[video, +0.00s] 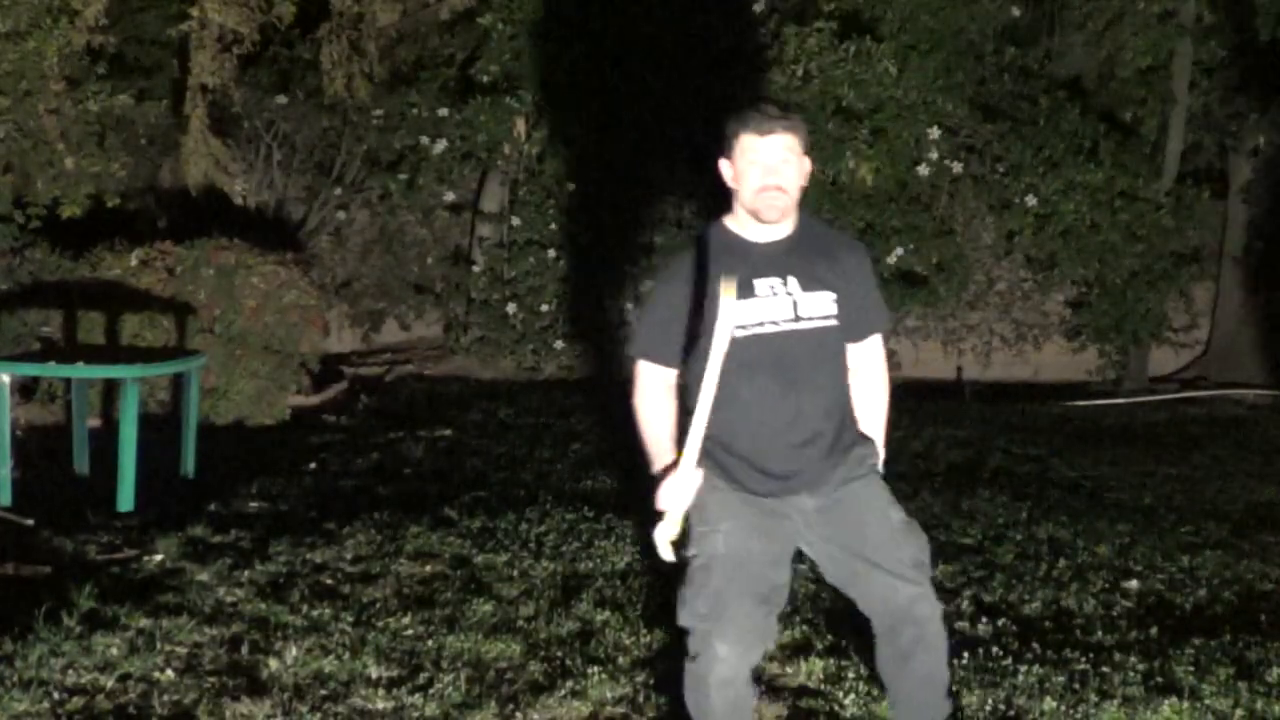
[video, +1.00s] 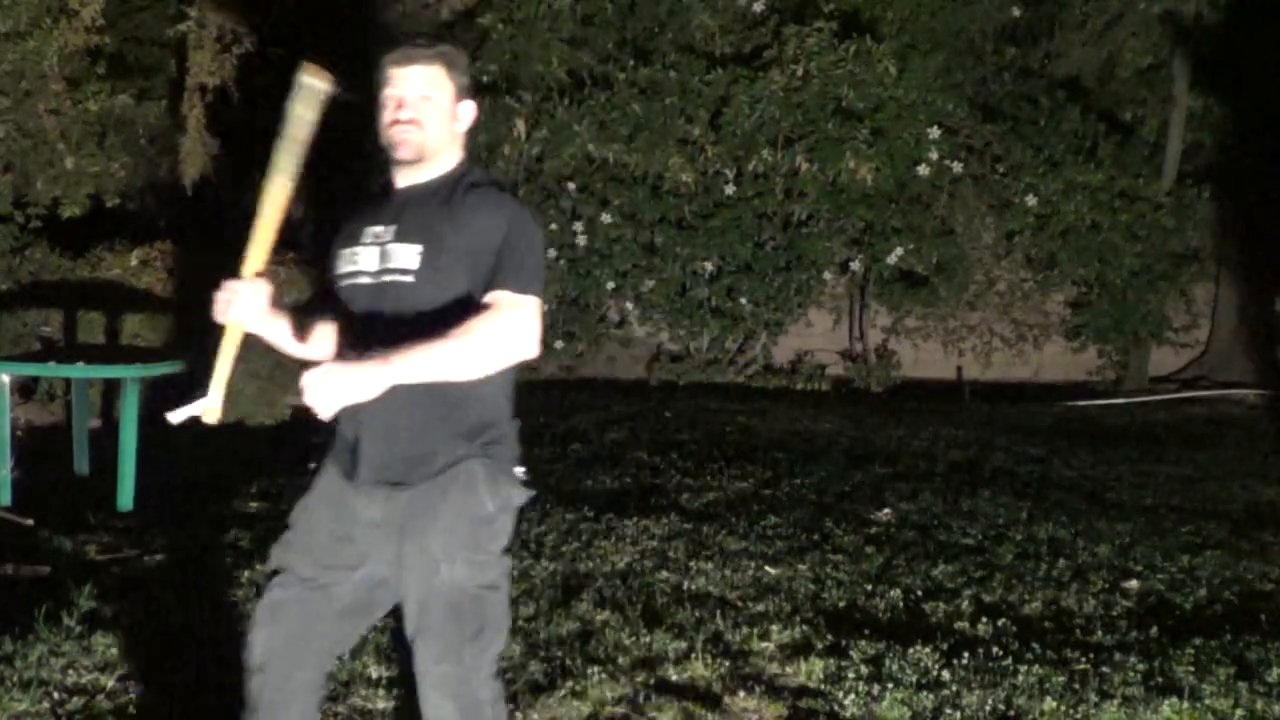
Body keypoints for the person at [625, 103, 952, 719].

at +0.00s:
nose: (774, 176)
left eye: (787, 162)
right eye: (758, 162)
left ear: (807, 171)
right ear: (728, 172)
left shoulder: (843, 258)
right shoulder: (694, 267)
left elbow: (867, 364)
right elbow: (654, 377)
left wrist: (867, 461)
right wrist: (669, 471)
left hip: (842, 483)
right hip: (734, 491)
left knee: (913, 610)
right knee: (721, 652)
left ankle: (923, 714)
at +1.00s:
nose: (398, 112)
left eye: (420, 99)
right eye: (388, 100)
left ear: (464, 114)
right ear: (375, 115)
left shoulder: (501, 218)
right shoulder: (359, 226)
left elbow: (516, 333)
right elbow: (336, 341)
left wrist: (373, 373)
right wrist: (269, 320)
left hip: (459, 480)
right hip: (353, 481)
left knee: (455, 688)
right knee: (278, 657)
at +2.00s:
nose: (281, 116)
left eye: (281, 95)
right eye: (267, 93)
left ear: (221, 95)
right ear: (206, 91)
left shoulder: (254, 209)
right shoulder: (114, 206)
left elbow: (304, 329)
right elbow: (57, 342)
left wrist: (377, 347)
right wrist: (183, 437)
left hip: (246, 493)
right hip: (146, 496)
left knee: (235, 706)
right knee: (165, 705)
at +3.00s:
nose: (428, 129)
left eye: (427, 112)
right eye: (419, 110)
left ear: (372, 112)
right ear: (366, 109)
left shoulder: (379, 213)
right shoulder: (282, 206)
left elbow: (456, 277)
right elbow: (234, 337)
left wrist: (576, 271)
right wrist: (309, 466)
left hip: (367, 491)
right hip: (289, 487)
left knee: (373, 674)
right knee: (284, 679)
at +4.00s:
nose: (349, 140)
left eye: (353, 123)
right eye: (338, 119)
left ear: (295, 124)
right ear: (290, 119)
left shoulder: (290, 212)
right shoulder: (217, 204)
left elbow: (351, 315)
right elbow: (295, 317)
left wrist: (352, 210)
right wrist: (337, 216)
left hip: (274, 476)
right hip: (198, 472)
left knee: (294, 665)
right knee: (211, 676)